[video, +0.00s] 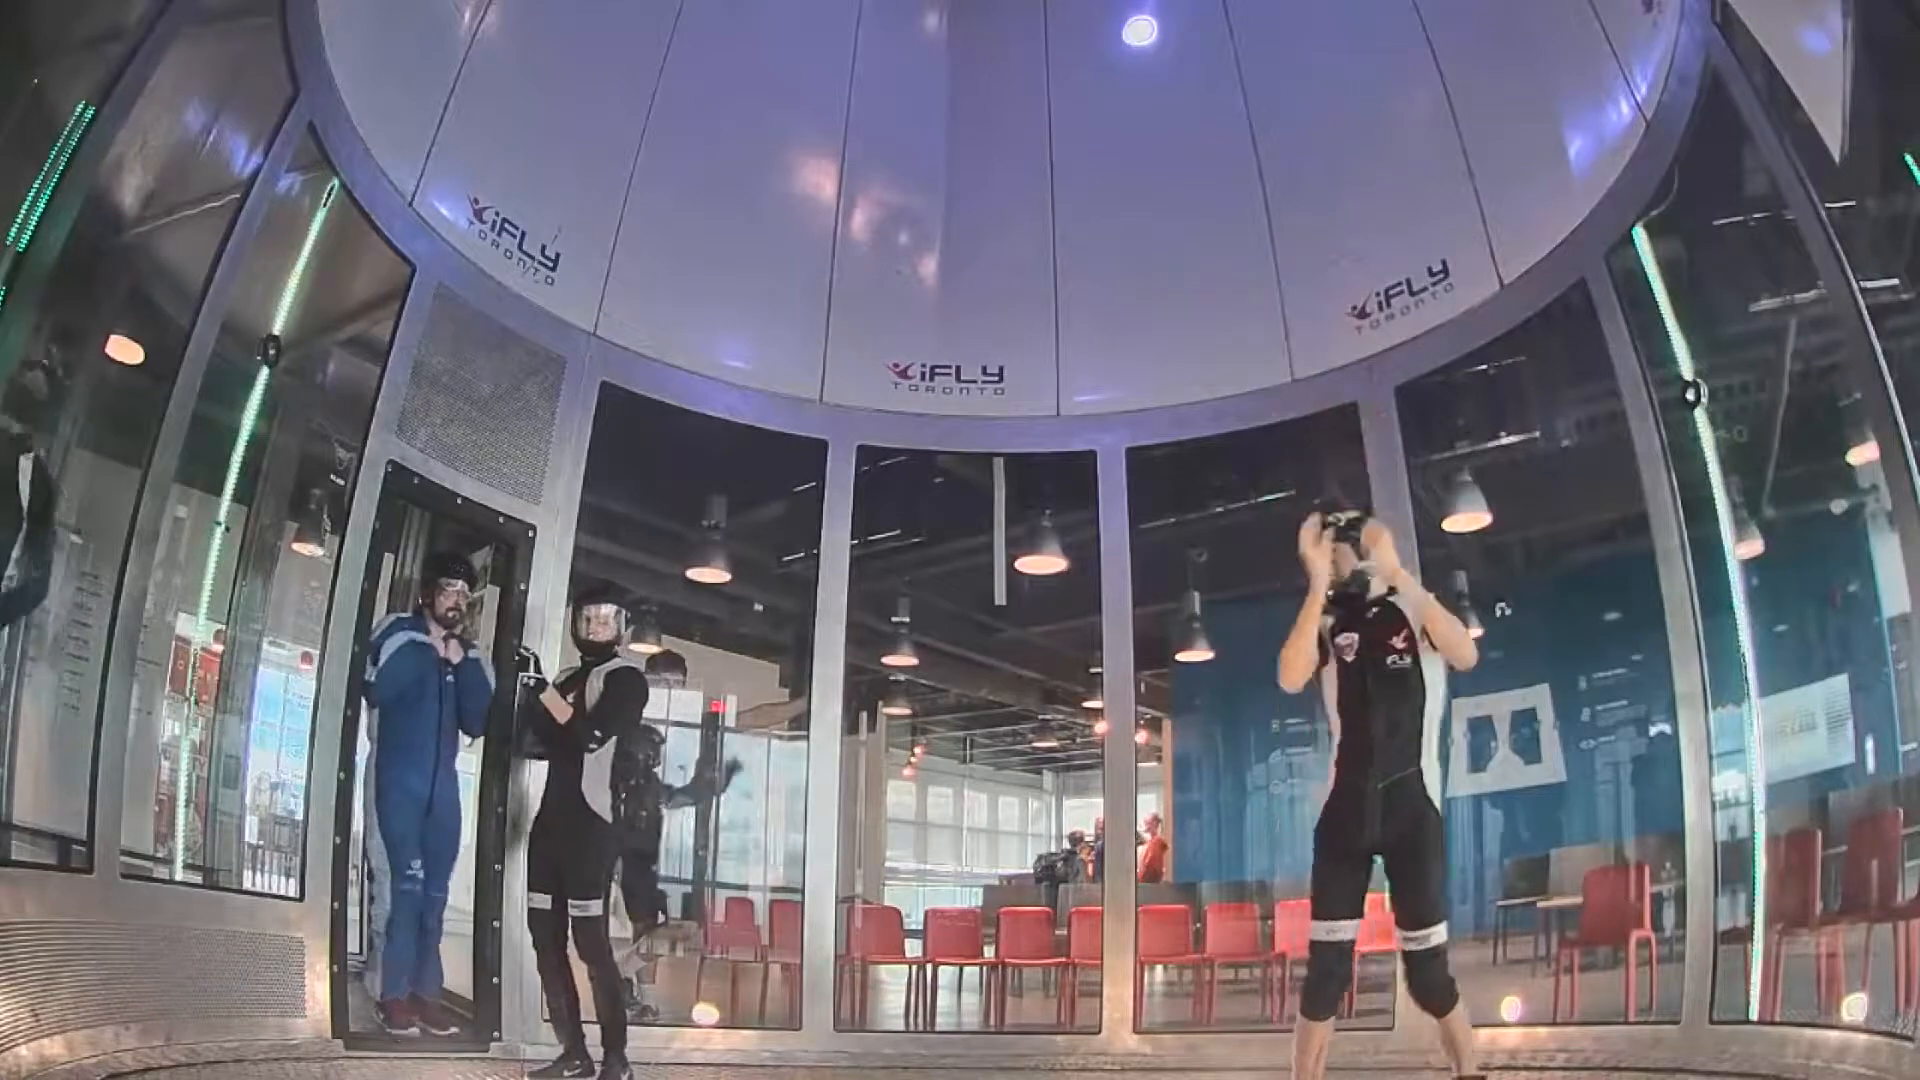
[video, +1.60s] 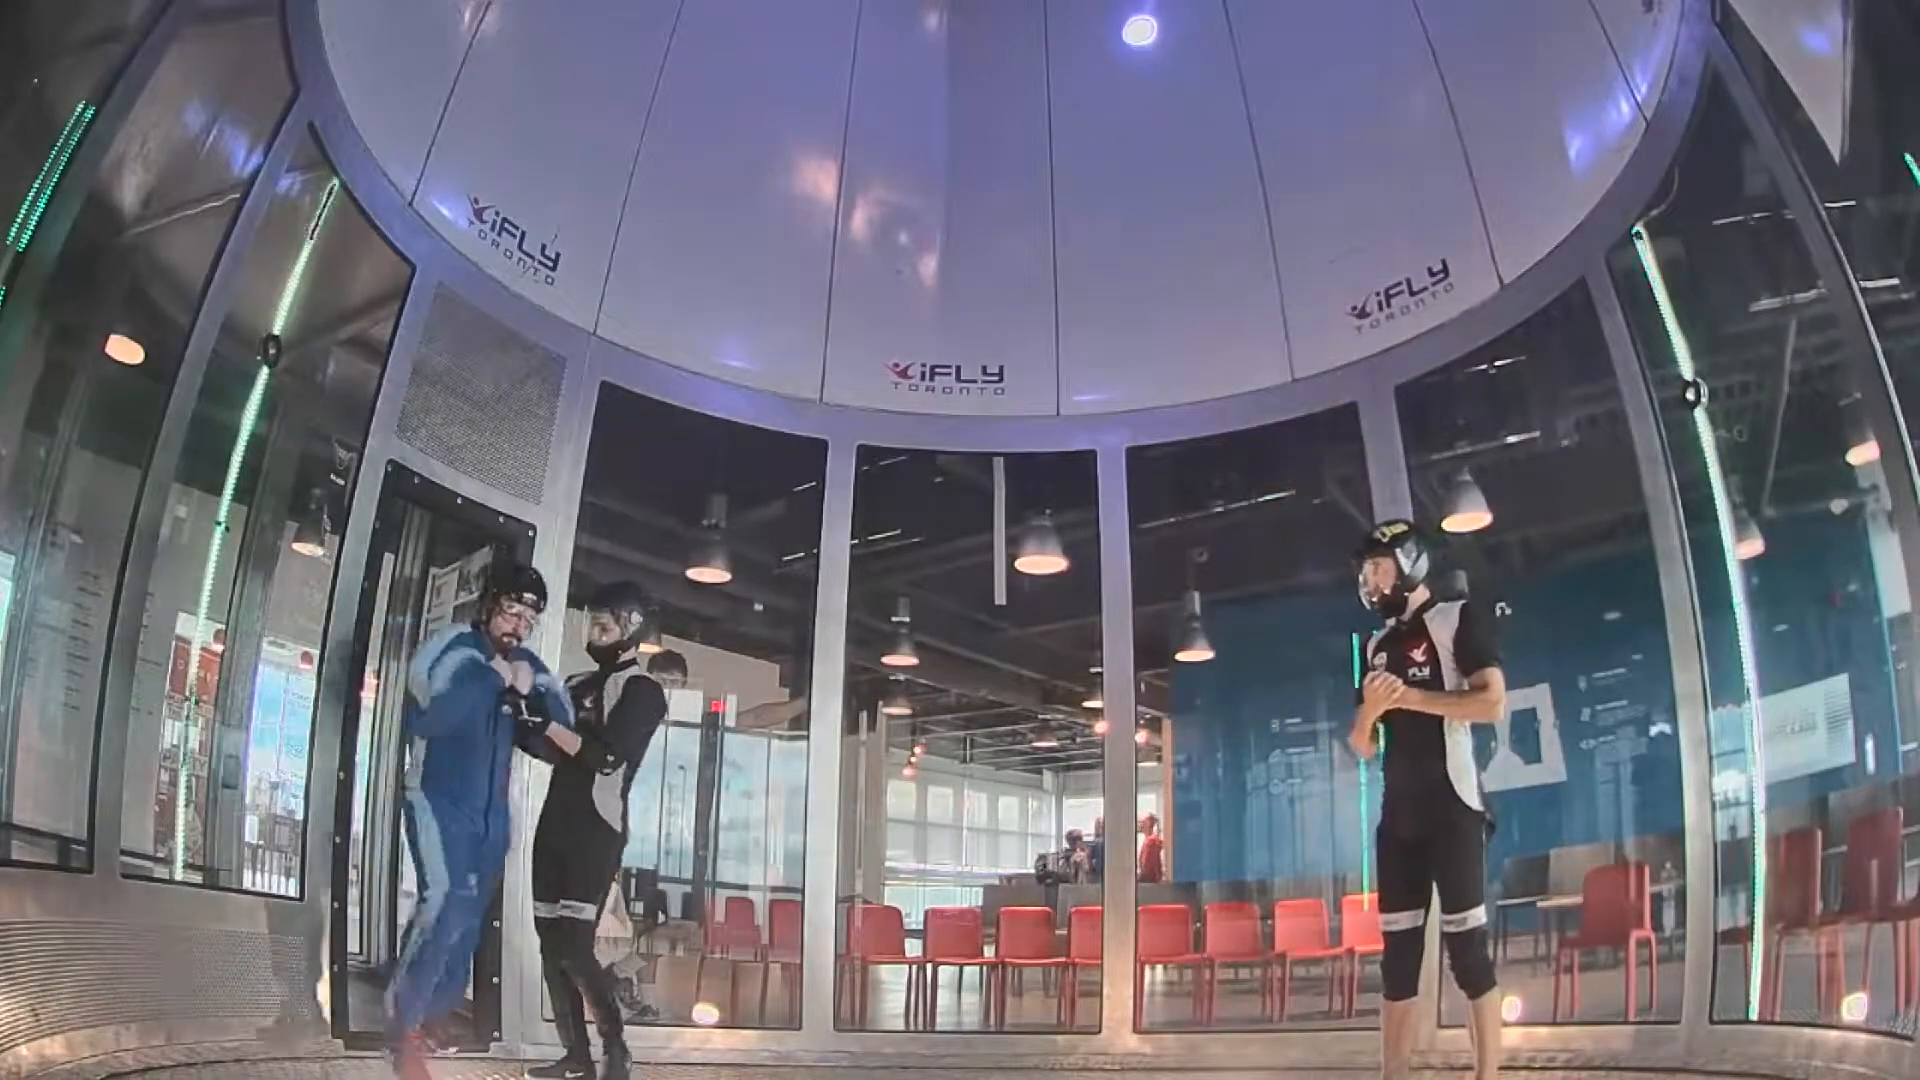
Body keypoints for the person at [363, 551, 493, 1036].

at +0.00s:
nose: (454, 601)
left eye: (462, 595)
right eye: (447, 591)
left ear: (468, 603)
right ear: (427, 593)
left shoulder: (468, 650)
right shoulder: (399, 632)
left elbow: (476, 722)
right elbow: (379, 691)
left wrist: (462, 662)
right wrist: (426, 647)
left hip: (444, 781)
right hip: (399, 777)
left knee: (436, 890)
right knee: (409, 884)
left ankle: (425, 996)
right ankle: (394, 997)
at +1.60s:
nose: (516, 624)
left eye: (527, 616)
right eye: (509, 610)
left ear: (533, 622)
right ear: (487, 606)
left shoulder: (525, 663)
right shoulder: (457, 653)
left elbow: (564, 720)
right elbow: (432, 720)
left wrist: (533, 684)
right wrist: (488, 678)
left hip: (489, 808)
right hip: (438, 800)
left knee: (470, 912)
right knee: (450, 899)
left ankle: (430, 1018)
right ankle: (404, 1021)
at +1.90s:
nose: (558, 657)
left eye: (569, 649)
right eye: (550, 642)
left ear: (577, 653)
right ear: (525, 635)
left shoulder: (567, 691)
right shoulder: (492, 676)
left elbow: (622, 735)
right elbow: (452, 726)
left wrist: (596, 731)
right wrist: (539, 715)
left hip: (504, 833)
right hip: (447, 823)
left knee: (487, 951)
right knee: (449, 935)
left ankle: (427, 1012)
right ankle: (401, 1051)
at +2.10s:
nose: (600, 683)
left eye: (605, 674)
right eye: (592, 668)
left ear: (606, 676)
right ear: (559, 660)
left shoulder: (586, 711)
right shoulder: (508, 690)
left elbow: (634, 722)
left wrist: (690, 733)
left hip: (520, 861)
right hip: (460, 846)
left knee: (495, 974)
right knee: (471, 968)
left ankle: (422, 1034)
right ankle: (405, 1032)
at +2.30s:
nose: (618, 722)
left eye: (630, 714)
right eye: (609, 707)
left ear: (640, 719)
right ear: (583, 698)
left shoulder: (629, 744)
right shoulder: (540, 721)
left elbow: (700, 722)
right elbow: (508, 645)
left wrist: (768, 705)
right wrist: (574, 617)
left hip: (535, 899)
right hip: (477, 876)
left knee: (488, 1014)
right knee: (478, 1008)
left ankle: (420, 1044)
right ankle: (407, 1037)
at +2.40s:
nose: (663, 745)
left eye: (675, 733)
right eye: (653, 728)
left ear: (684, 728)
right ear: (624, 709)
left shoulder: (675, 735)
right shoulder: (579, 718)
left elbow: (748, 706)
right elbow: (555, 624)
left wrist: (826, 670)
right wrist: (590, 554)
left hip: (548, 896)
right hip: (493, 875)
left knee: (480, 1002)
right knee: (465, 1005)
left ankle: (423, 1049)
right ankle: (408, 1053)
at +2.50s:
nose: (694, 738)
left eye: (706, 728)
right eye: (686, 719)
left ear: (714, 726)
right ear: (656, 699)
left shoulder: (696, 735)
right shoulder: (604, 704)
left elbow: (774, 697)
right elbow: (587, 612)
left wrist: (859, 668)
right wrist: (622, 536)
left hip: (558, 891)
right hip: (502, 862)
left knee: (484, 970)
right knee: (461, 970)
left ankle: (419, 1025)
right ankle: (407, 1034)